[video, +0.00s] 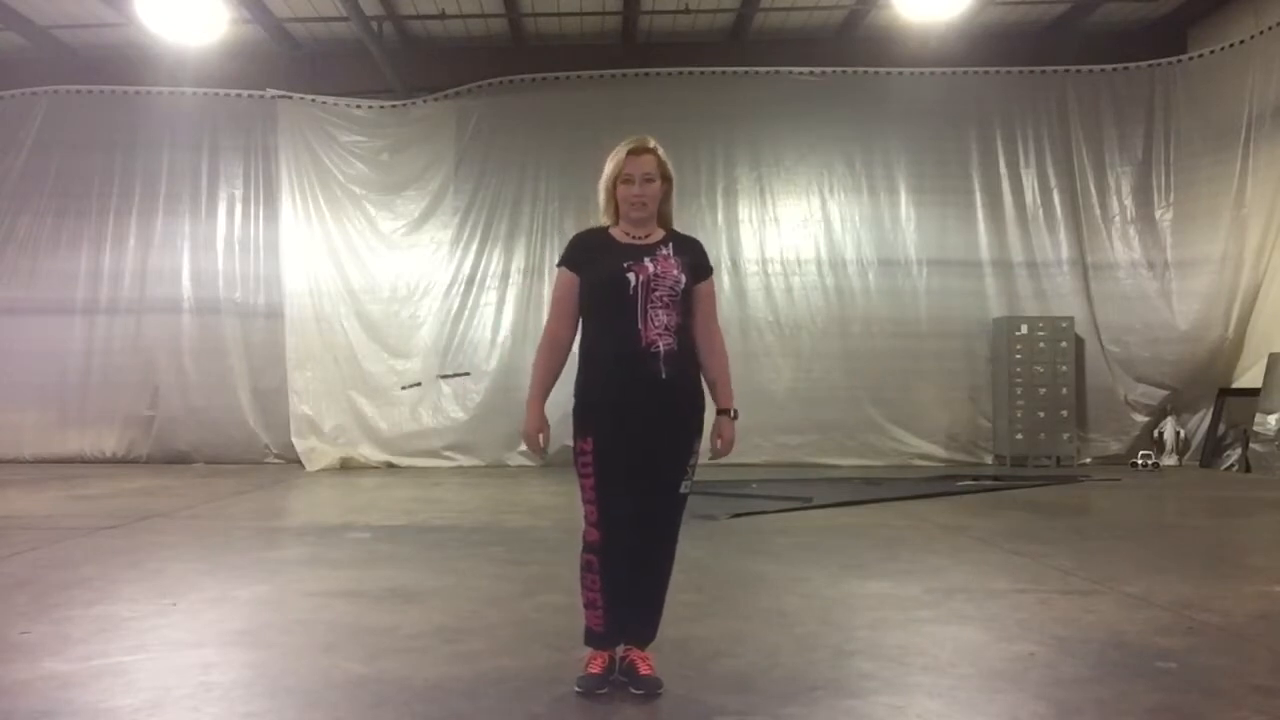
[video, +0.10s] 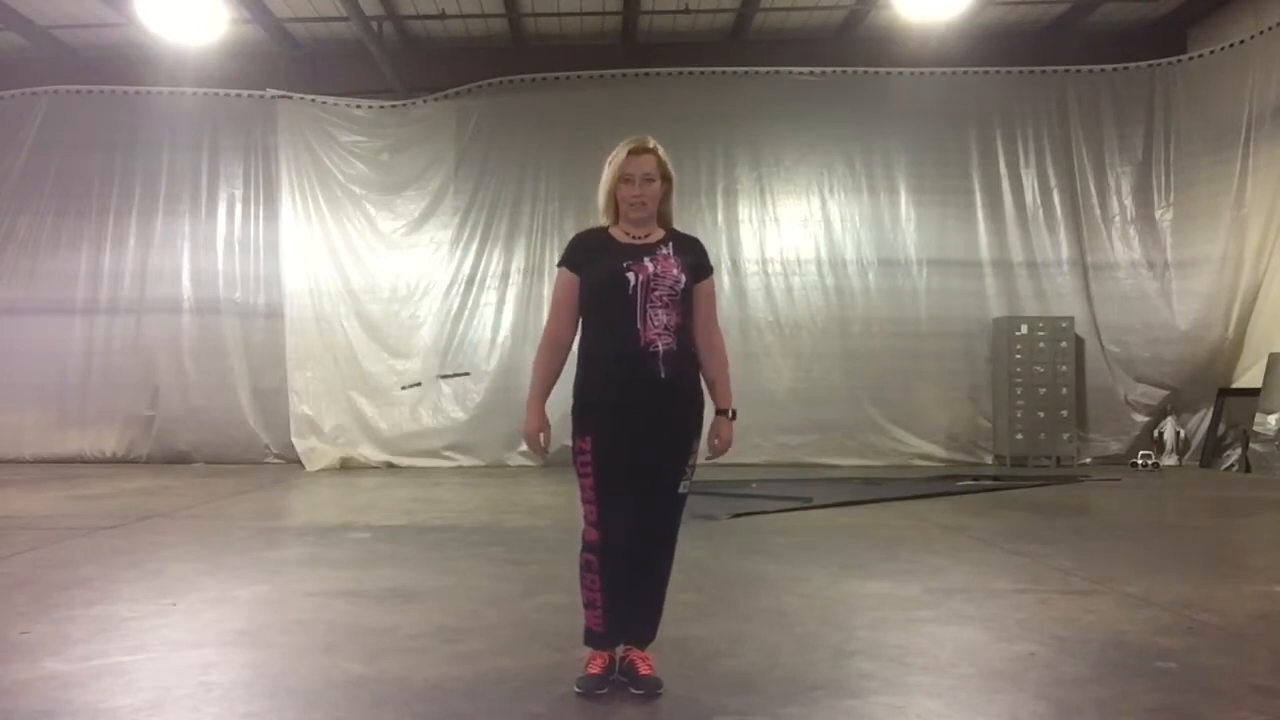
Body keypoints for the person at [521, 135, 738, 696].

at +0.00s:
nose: (640, 190)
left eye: (650, 180)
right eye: (629, 180)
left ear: (665, 186)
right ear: (612, 187)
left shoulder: (688, 252)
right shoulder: (586, 248)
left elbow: (707, 333)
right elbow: (558, 333)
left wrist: (726, 408)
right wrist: (535, 403)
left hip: (673, 413)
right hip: (604, 412)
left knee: (655, 527)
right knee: (604, 529)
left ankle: (635, 648)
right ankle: (600, 649)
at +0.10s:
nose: (640, 190)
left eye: (650, 180)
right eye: (629, 180)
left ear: (665, 186)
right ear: (612, 186)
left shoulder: (688, 251)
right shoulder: (586, 248)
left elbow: (707, 333)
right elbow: (558, 334)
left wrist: (724, 408)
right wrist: (536, 404)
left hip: (672, 413)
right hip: (603, 411)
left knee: (655, 528)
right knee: (603, 530)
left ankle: (635, 648)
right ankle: (599, 650)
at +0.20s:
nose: (640, 188)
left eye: (650, 178)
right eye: (629, 178)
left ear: (665, 185)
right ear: (612, 185)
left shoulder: (688, 250)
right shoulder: (586, 247)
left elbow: (707, 333)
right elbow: (558, 333)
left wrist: (724, 408)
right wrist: (536, 403)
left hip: (671, 413)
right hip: (602, 411)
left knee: (654, 528)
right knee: (603, 530)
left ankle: (635, 648)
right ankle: (599, 650)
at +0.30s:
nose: (640, 187)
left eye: (650, 177)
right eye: (629, 177)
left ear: (665, 184)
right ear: (612, 184)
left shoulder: (688, 250)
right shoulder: (586, 247)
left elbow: (707, 332)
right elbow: (558, 333)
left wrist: (727, 408)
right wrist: (535, 403)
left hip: (670, 412)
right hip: (602, 411)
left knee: (654, 528)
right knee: (602, 529)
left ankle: (635, 649)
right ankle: (599, 649)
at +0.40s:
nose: (640, 186)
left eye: (650, 176)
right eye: (629, 176)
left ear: (664, 183)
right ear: (612, 183)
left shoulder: (689, 250)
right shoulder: (586, 247)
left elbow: (707, 333)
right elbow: (557, 333)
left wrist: (728, 408)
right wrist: (533, 405)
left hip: (671, 413)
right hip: (601, 411)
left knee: (654, 528)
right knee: (602, 529)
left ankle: (636, 649)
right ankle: (599, 649)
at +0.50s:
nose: (639, 185)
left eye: (650, 175)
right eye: (629, 175)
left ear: (664, 182)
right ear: (612, 183)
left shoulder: (689, 250)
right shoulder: (586, 247)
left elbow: (708, 332)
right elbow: (557, 333)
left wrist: (729, 407)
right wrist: (533, 404)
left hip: (671, 413)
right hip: (602, 411)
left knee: (654, 528)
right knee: (603, 530)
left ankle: (636, 649)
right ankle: (599, 649)